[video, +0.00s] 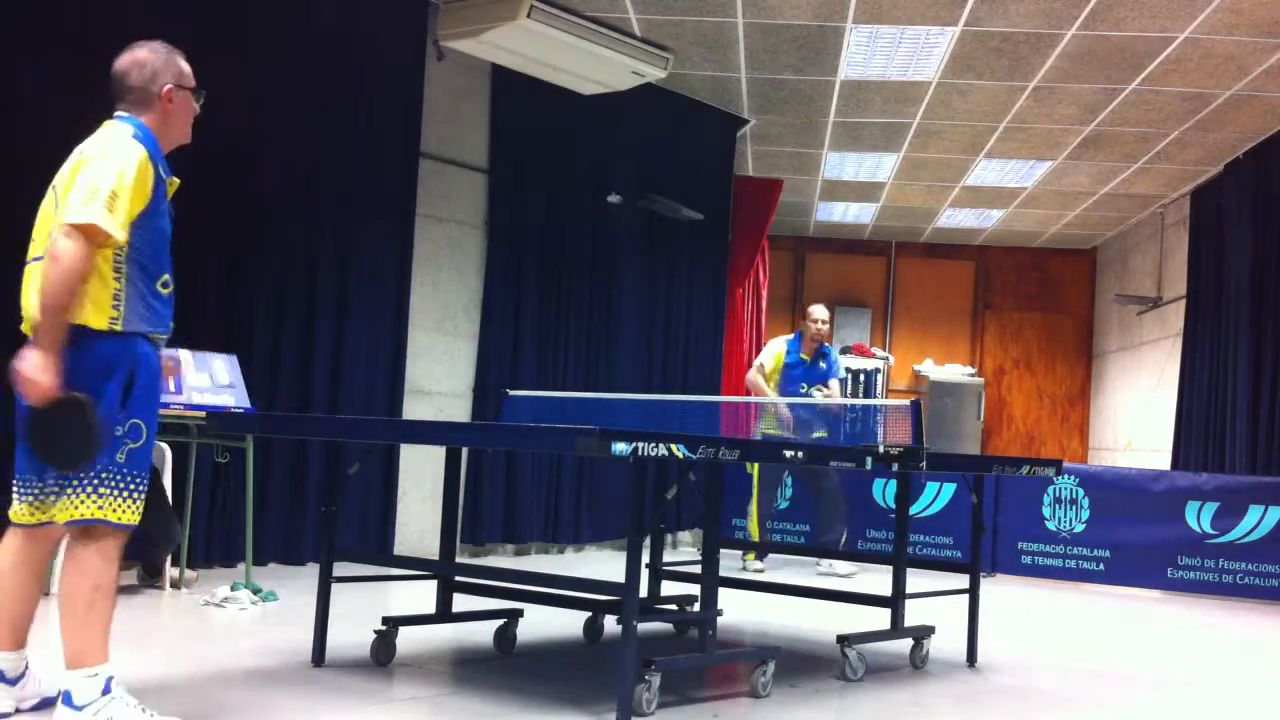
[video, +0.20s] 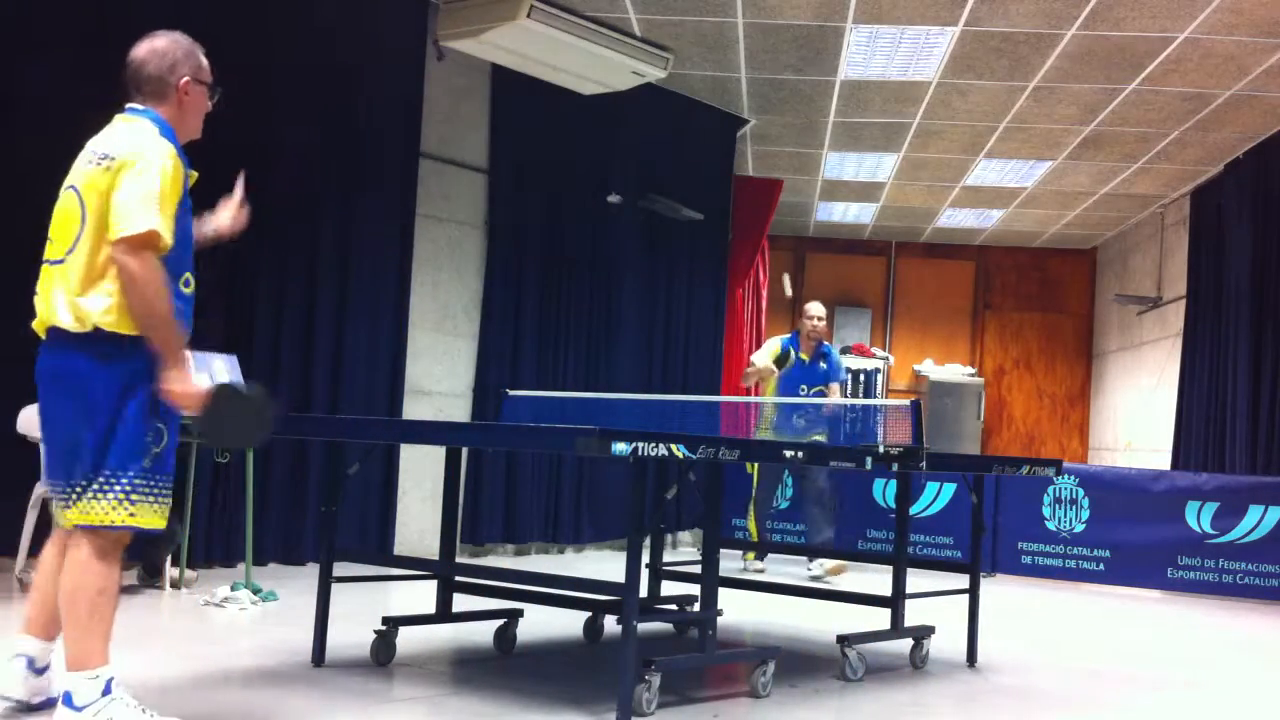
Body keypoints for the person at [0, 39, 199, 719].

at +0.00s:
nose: (196, 108)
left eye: (195, 95)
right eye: (192, 95)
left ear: (139, 95)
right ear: (167, 96)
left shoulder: (107, 149)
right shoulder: (127, 152)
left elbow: (96, 263)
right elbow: (72, 247)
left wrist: (145, 352)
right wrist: (45, 347)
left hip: (69, 352)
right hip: (109, 356)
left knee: (32, 518)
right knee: (101, 527)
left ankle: (7, 672)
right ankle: (89, 689)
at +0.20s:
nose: (210, 100)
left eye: (208, 87)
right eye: (206, 86)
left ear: (151, 87)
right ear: (181, 86)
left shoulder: (110, 142)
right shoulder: (150, 150)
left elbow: (119, 247)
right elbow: (135, 256)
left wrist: (207, 227)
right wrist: (175, 361)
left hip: (75, 353)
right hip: (113, 357)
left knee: (78, 521)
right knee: (104, 530)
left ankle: (31, 668)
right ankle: (86, 691)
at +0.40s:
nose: (227, 94)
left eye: (225, 83)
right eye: (224, 83)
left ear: (155, 84)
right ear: (203, 84)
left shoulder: (123, 135)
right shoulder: (178, 149)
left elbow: (174, 185)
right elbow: (175, 255)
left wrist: (231, 147)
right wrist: (241, 342)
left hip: (90, 349)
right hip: (133, 355)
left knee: (121, 519)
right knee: (115, 523)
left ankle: (101, 674)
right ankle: (87, 689)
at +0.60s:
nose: (242, 99)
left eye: (241, 87)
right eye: (238, 86)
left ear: (176, 89)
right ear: (214, 90)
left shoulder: (141, 142)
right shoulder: (189, 155)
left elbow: (176, 204)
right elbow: (186, 263)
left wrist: (244, 174)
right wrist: (252, 339)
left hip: (113, 354)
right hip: (157, 357)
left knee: (145, 526)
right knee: (156, 530)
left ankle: (126, 672)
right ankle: (95, 683)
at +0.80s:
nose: (269, 107)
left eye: (268, 94)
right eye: (264, 93)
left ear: (213, 95)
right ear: (234, 94)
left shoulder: (162, 149)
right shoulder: (197, 156)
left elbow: (151, 267)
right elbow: (185, 261)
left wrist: (249, 320)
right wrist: (265, 323)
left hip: (127, 358)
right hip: (170, 359)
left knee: (156, 522)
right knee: (205, 520)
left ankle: (124, 674)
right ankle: (136, 681)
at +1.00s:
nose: (286, 111)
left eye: (286, 97)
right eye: (281, 97)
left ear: (227, 98)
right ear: (245, 97)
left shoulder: (171, 149)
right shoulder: (208, 157)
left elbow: (155, 269)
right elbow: (209, 257)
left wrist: (220, 331)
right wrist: (319, 286)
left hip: (122, 361)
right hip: (167, 365)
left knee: (138, 532)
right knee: (191, 539)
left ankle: (125, 679)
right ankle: (154, 701)